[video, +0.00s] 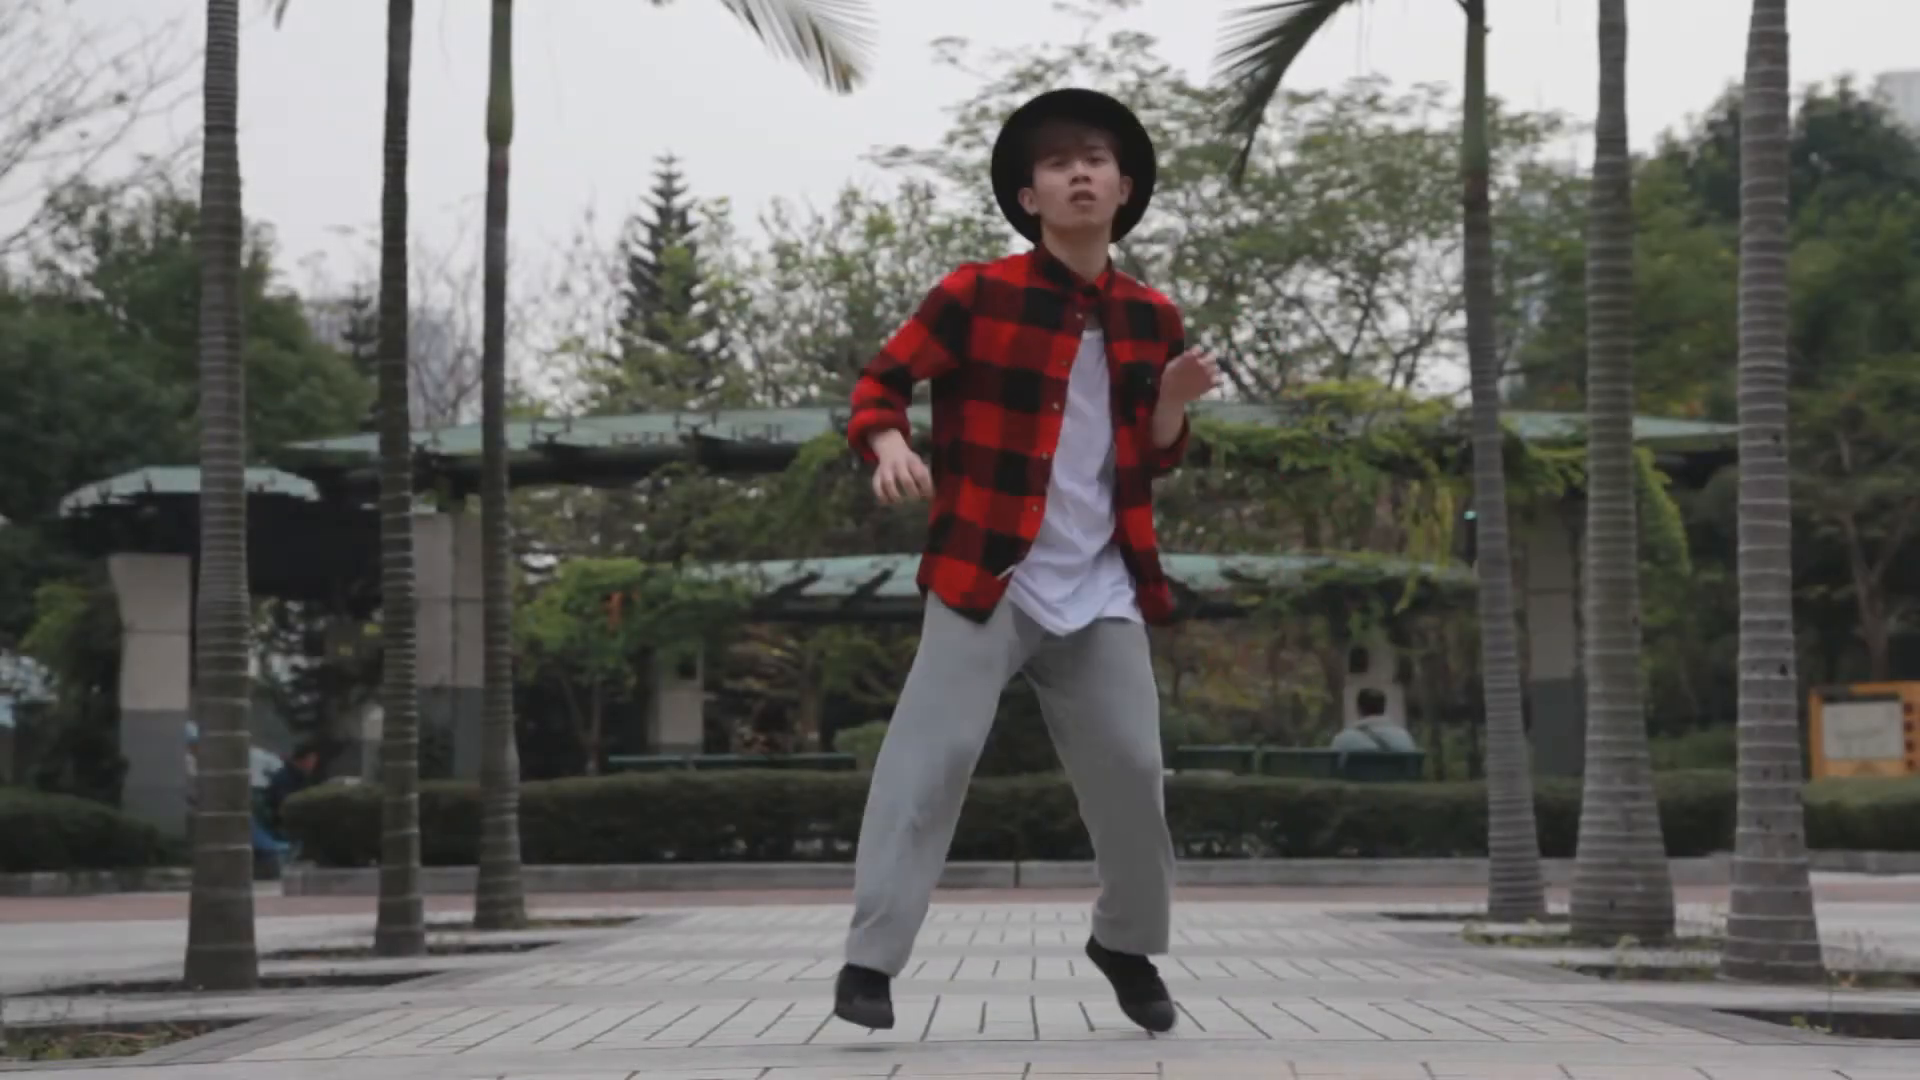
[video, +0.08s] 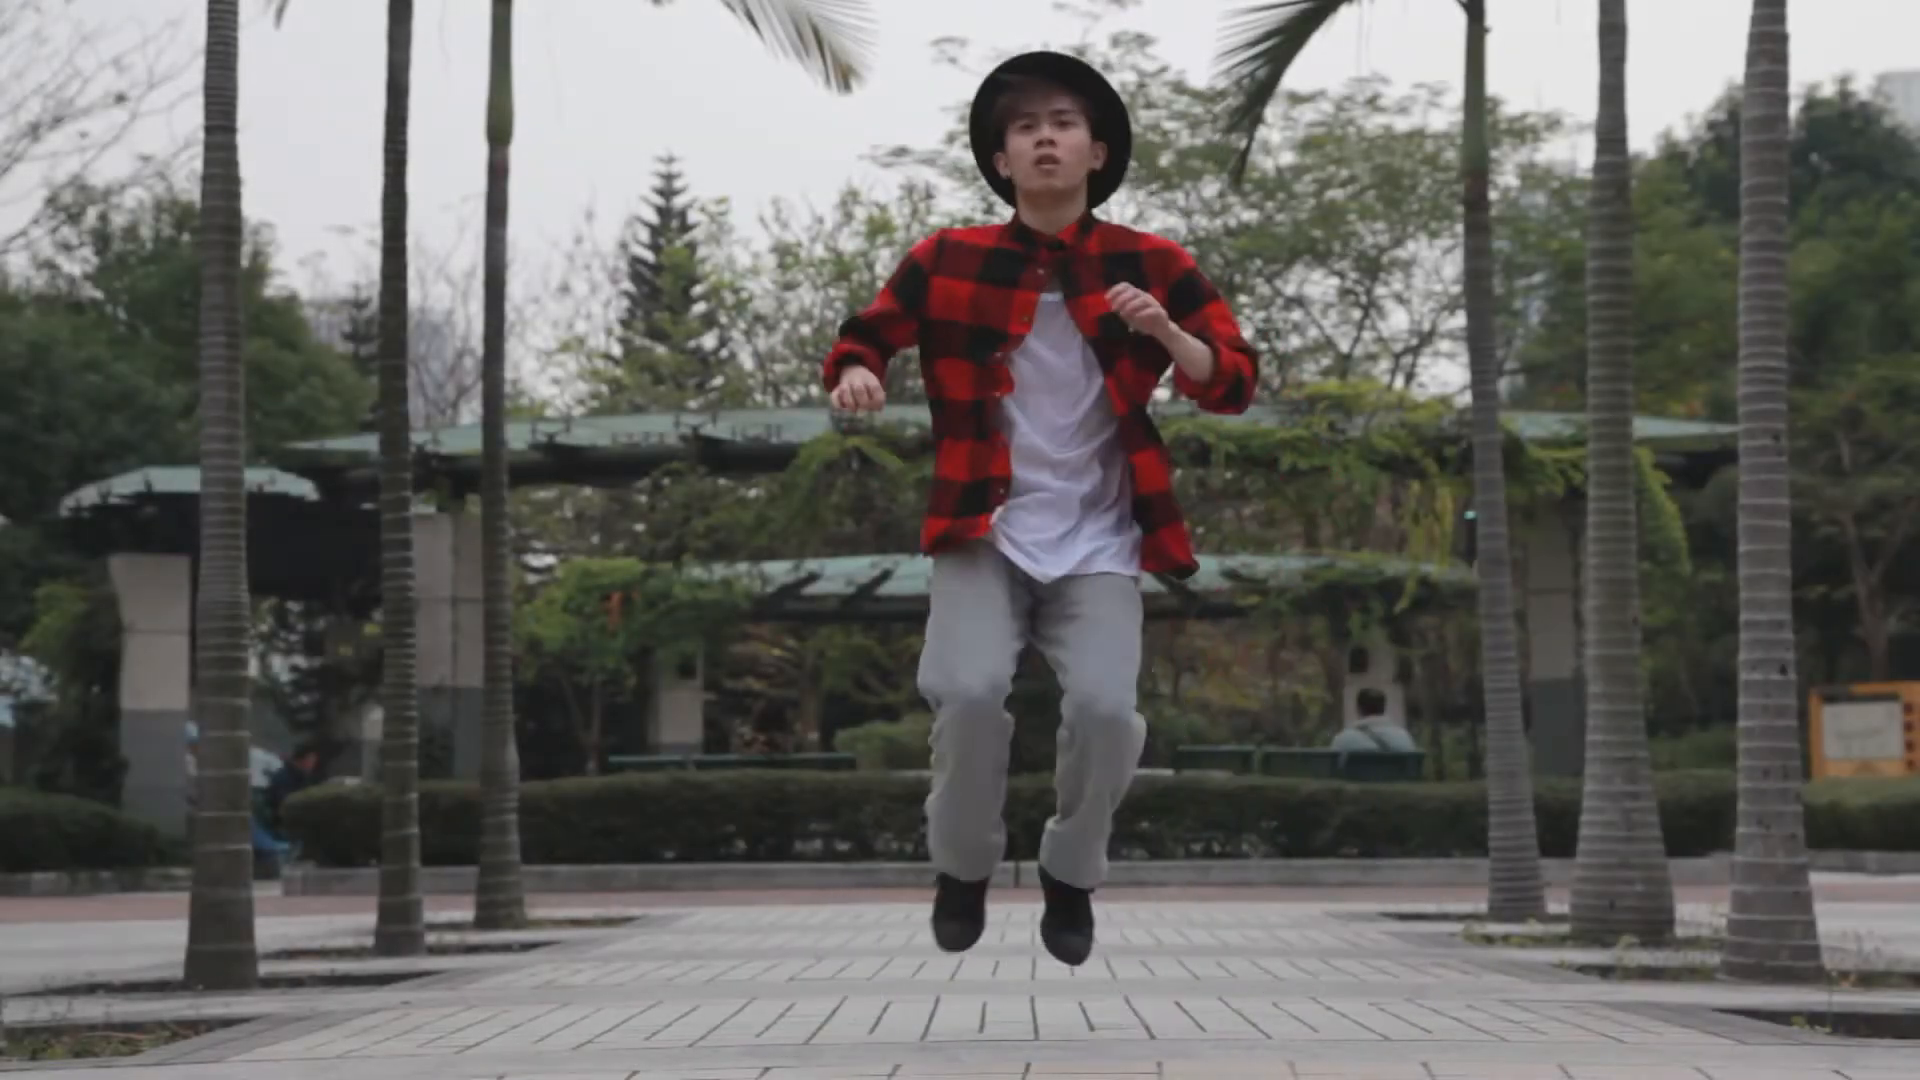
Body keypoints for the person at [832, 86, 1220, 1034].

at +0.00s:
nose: (1078, 172)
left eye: (1095, 157)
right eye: (1055, 161)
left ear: (1127, 186)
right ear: (1025, 196)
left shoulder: (1150, 316)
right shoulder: (976, 294)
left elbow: (1155, 461)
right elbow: (878, 387)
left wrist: (1171, 407)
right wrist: (886, 441)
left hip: (1101, 582)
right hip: (984, 577)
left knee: (1133, 764)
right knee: (928, 758)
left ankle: (1126, 942)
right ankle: (870, 960)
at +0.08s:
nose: (1044, 139)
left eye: (1064, 122)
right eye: (1021, 126)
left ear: (1101, 149)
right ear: (998, 159)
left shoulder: (1151, 265)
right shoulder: (947, 261)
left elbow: (1234, 381)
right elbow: (862, 342)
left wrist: (1173, 337)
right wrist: (854, 374)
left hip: (1099, 540)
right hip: (980, 534)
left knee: (1106, 706)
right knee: (967, 689)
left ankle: (1072, 871)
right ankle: (963, 864)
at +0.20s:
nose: (1001, 134)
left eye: (1023, 119)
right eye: (982, 123)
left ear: (1064, 148)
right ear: (963, 158)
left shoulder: (1116, 258)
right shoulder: (947, 277)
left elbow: (1181, 357)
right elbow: (911, 398)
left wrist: (1092, 354)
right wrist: (866, 429)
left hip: (1101, 541)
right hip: (987, 536)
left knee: (1084, 727)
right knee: (918, 709)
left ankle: (1147, 930)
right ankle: (1003, 853)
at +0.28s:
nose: (982, 176)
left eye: (1006, 158)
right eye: (965, 162)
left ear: (1049, 184)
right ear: (950, 188)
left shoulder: (1074, 292)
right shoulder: (973, 316)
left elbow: (1105, 412)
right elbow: (970, 449)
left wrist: (1030, 460)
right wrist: (886, 480)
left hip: (1093, 584)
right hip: (996, 583)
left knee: (1108, 786)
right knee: (924, 768)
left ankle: (1234, 979)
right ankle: (976, 961)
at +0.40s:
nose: (969, 190)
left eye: (995, 178)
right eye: (958, 175)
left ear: (1034, 212)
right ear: (938, 200)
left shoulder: (1048, 319)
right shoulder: (974, 324)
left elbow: (1076, 462)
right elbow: (971, 467)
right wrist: (867, 452)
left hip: (1061, 586)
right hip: (989, 588)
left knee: (1054, 768)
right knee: (952, 770)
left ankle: (1188, 957)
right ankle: (998, 963)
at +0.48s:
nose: (969, 170)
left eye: (993, 158)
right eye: (954, 156)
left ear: (1031, 196)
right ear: (931, 187)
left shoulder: (1062, 308)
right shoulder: (943, 316)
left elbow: (1118, 438)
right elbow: (919, 435)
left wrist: (1179, 553)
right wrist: (844, 419)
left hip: (1058, 567)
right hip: (977, 564)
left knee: (984, 750)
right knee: (929, 754)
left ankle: (1050, 943)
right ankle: (1017, 950)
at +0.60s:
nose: (986, 173)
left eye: (1006, 160)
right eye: (966, 159)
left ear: (1038, 193)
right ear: (934, 192)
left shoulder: (1087, 305)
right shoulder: (909, 321)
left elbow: (1193, 401)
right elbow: (841, 449)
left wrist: (1302, 477)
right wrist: (850, 419)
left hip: (1039, 586)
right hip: (944, 582)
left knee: (922, 744)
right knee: (984, 809)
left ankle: (908, 973)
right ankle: (1071, 959)